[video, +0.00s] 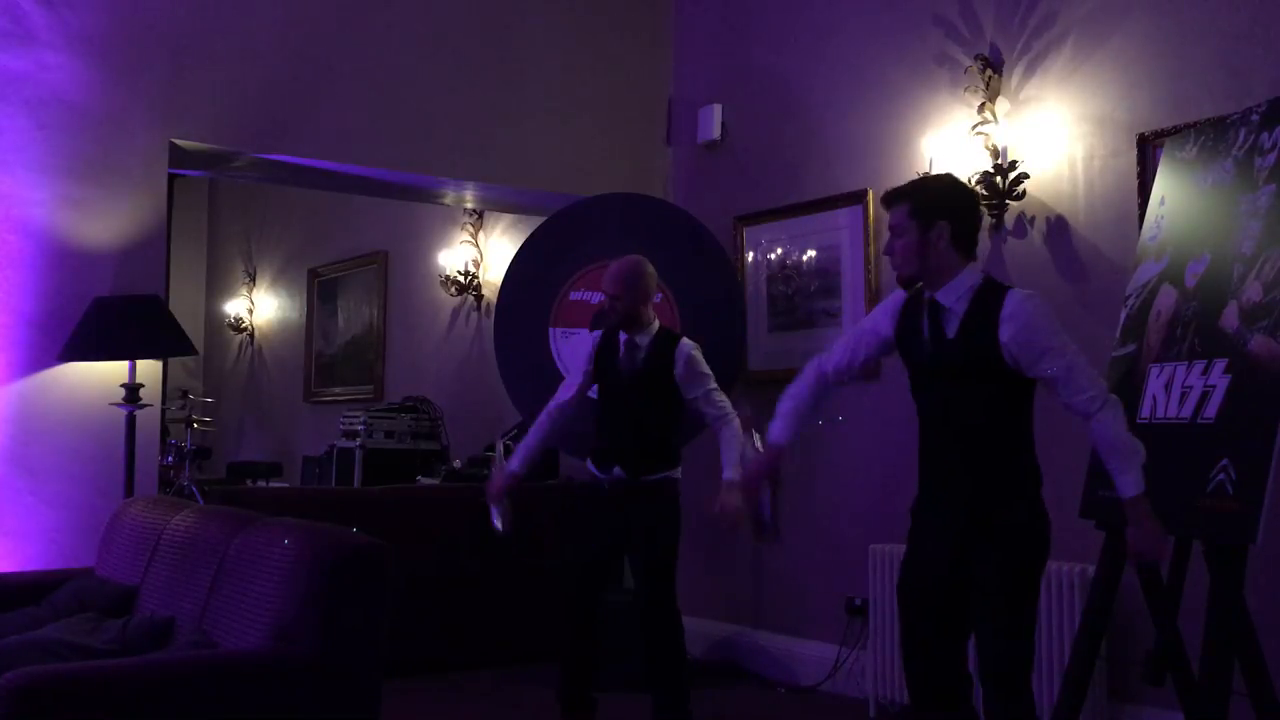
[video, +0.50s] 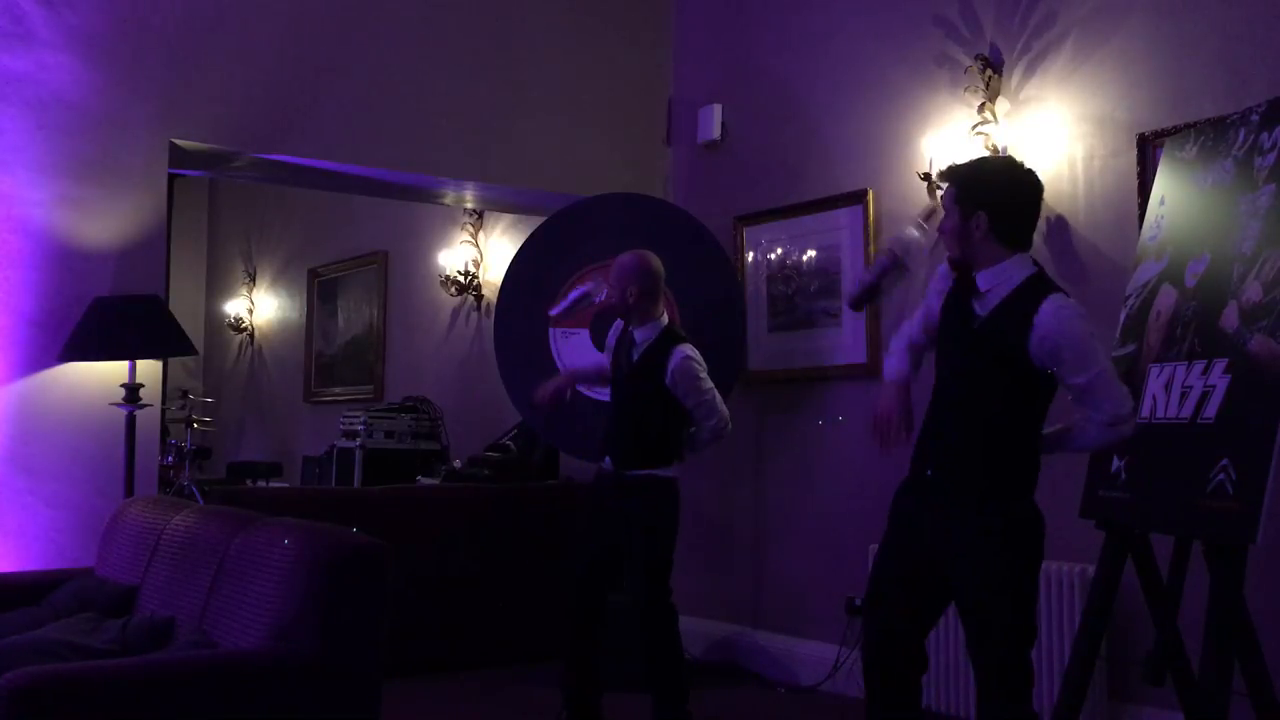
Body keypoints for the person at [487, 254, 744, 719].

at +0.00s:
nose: (612, 308)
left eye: (622, 300)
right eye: (609, 300)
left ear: (648, 299)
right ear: (608, 299)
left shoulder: (681, 354)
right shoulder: (599, 349)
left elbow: (724, 417)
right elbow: (557, 408)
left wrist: (730, 480)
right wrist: (514, 468)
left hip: (656, 496)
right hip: (600, 493)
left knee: (657, 605)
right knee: (585, 602)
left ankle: (669, 707)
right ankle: (577, 705)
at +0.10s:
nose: (614, 305)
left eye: (622, 296)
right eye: (612, 296)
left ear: (649, 297)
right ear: (615, 298)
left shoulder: (682, 357)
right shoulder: (615, 346)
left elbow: (725, 421)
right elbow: (562, 378)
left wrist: (723, 499)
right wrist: (506, 411)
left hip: (658, 496)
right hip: (612, 492)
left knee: (652, 607)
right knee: (592, 598)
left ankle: (671, 709)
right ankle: (579, 703)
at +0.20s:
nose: (610, 301)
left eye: (618, 293)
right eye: (611, 292)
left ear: (644, 295)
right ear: (640, 295)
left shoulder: (679, 359)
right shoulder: (621, 336)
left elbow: (724, 430)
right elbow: (572, 340)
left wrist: (712, 497)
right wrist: (517, 352)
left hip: (657, 497)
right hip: (616, 489)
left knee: (650, 607)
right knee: (594, 596)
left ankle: (669, 708)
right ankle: (578, 701)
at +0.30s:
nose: (611, 298)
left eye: (617, 291)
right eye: (612, 291)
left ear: (640, 295)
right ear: (643, 292)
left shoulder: (678, 358)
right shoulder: (629, 329)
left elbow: (722, 427)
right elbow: (592, 318)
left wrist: (701, 482)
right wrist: (543, 313)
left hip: (655, 494)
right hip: (619, 485)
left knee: (649, 602)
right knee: (597, 592)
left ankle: (669, 705)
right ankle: (584, 699)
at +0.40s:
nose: (611, 296)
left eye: (618, 288)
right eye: (612, 288)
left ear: (635, 292)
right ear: (650, 289)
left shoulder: (677, 357)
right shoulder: (629, 336)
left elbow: (722, 425)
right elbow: (589, 331)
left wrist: (687, 459)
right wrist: (554, 327)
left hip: (653, 493)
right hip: (614, 487)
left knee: (650, 602)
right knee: (594, 594)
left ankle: (669, 705)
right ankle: (585, 700)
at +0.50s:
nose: (610, 297)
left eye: (616, 289)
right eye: (610, 289)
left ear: (635, 293)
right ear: (649, 290)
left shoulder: (679, 356)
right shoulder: (619, 336)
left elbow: (716, 421)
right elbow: (620, 380)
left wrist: (681, 447)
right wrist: (571, 378)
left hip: (653, 492)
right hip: (613, 486)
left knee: (651, 599)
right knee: (594, 593)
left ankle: (668, 703)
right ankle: (586, 699)